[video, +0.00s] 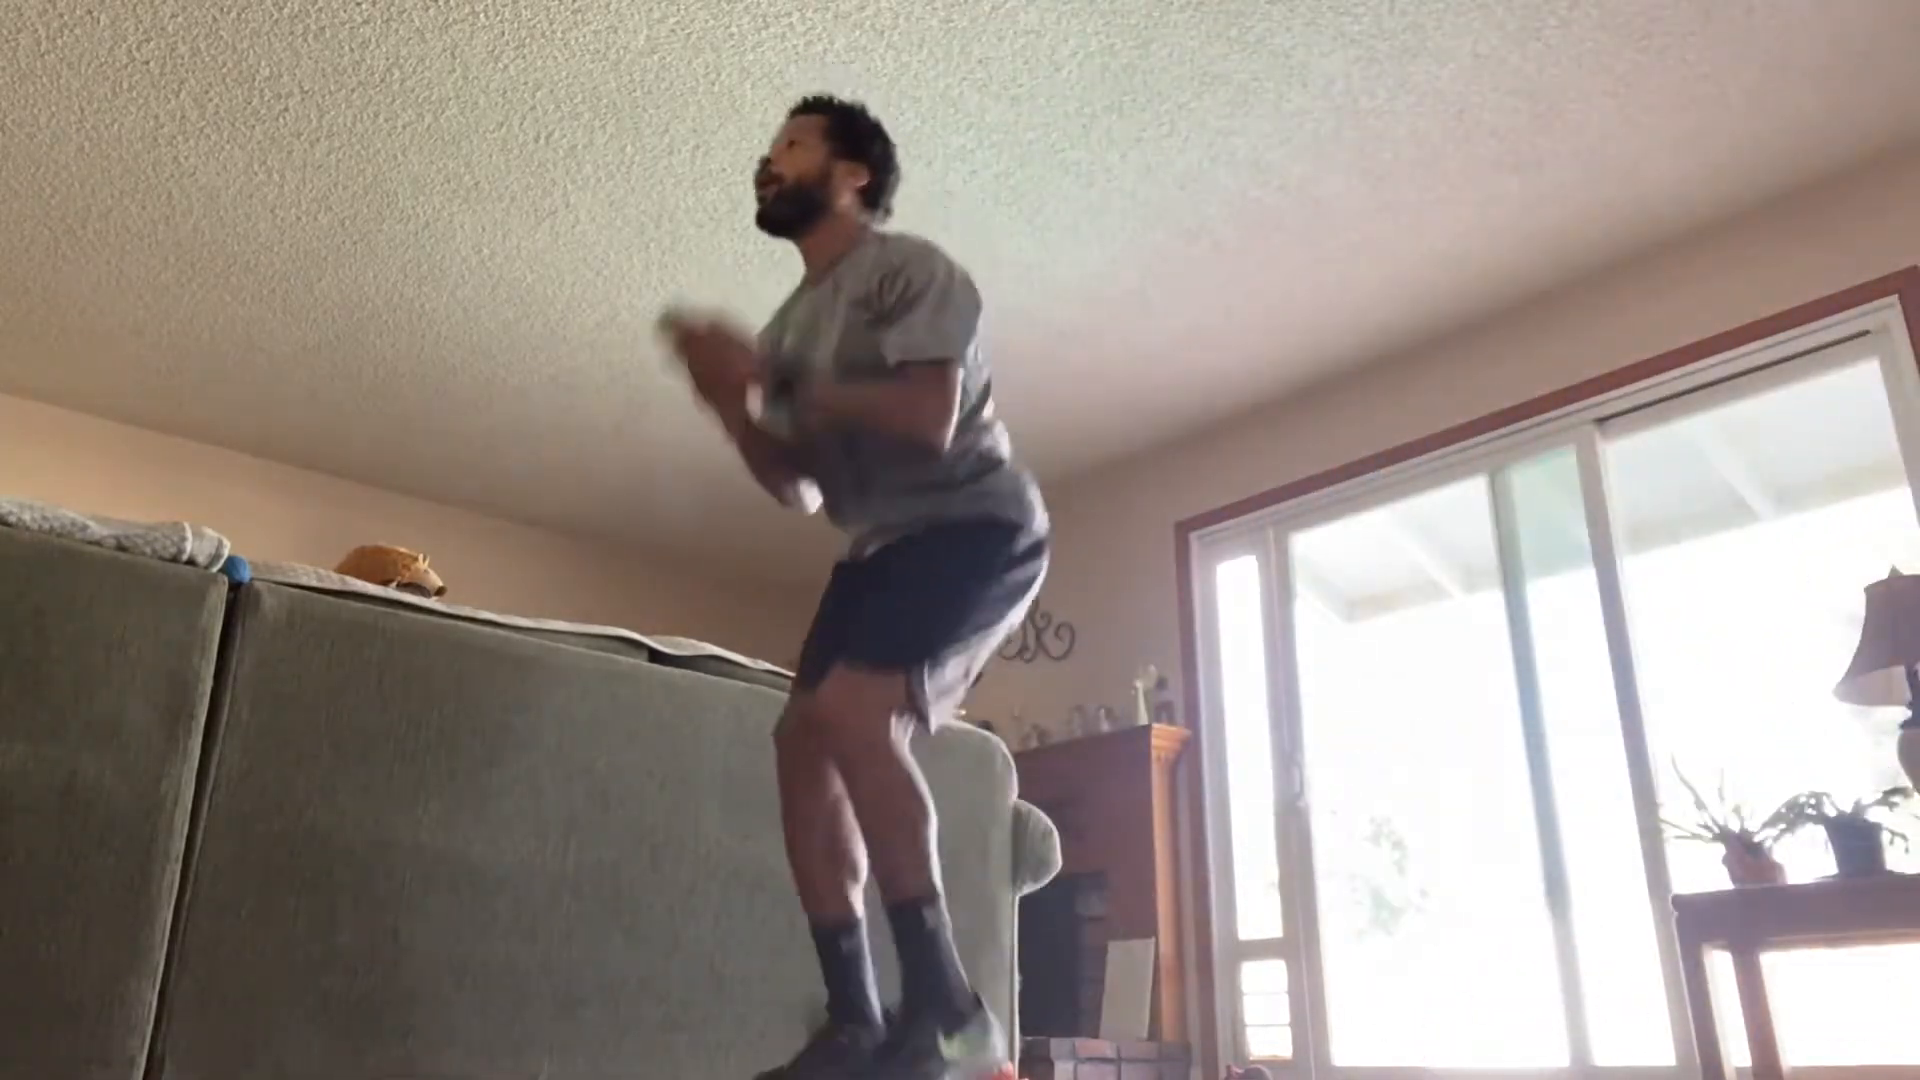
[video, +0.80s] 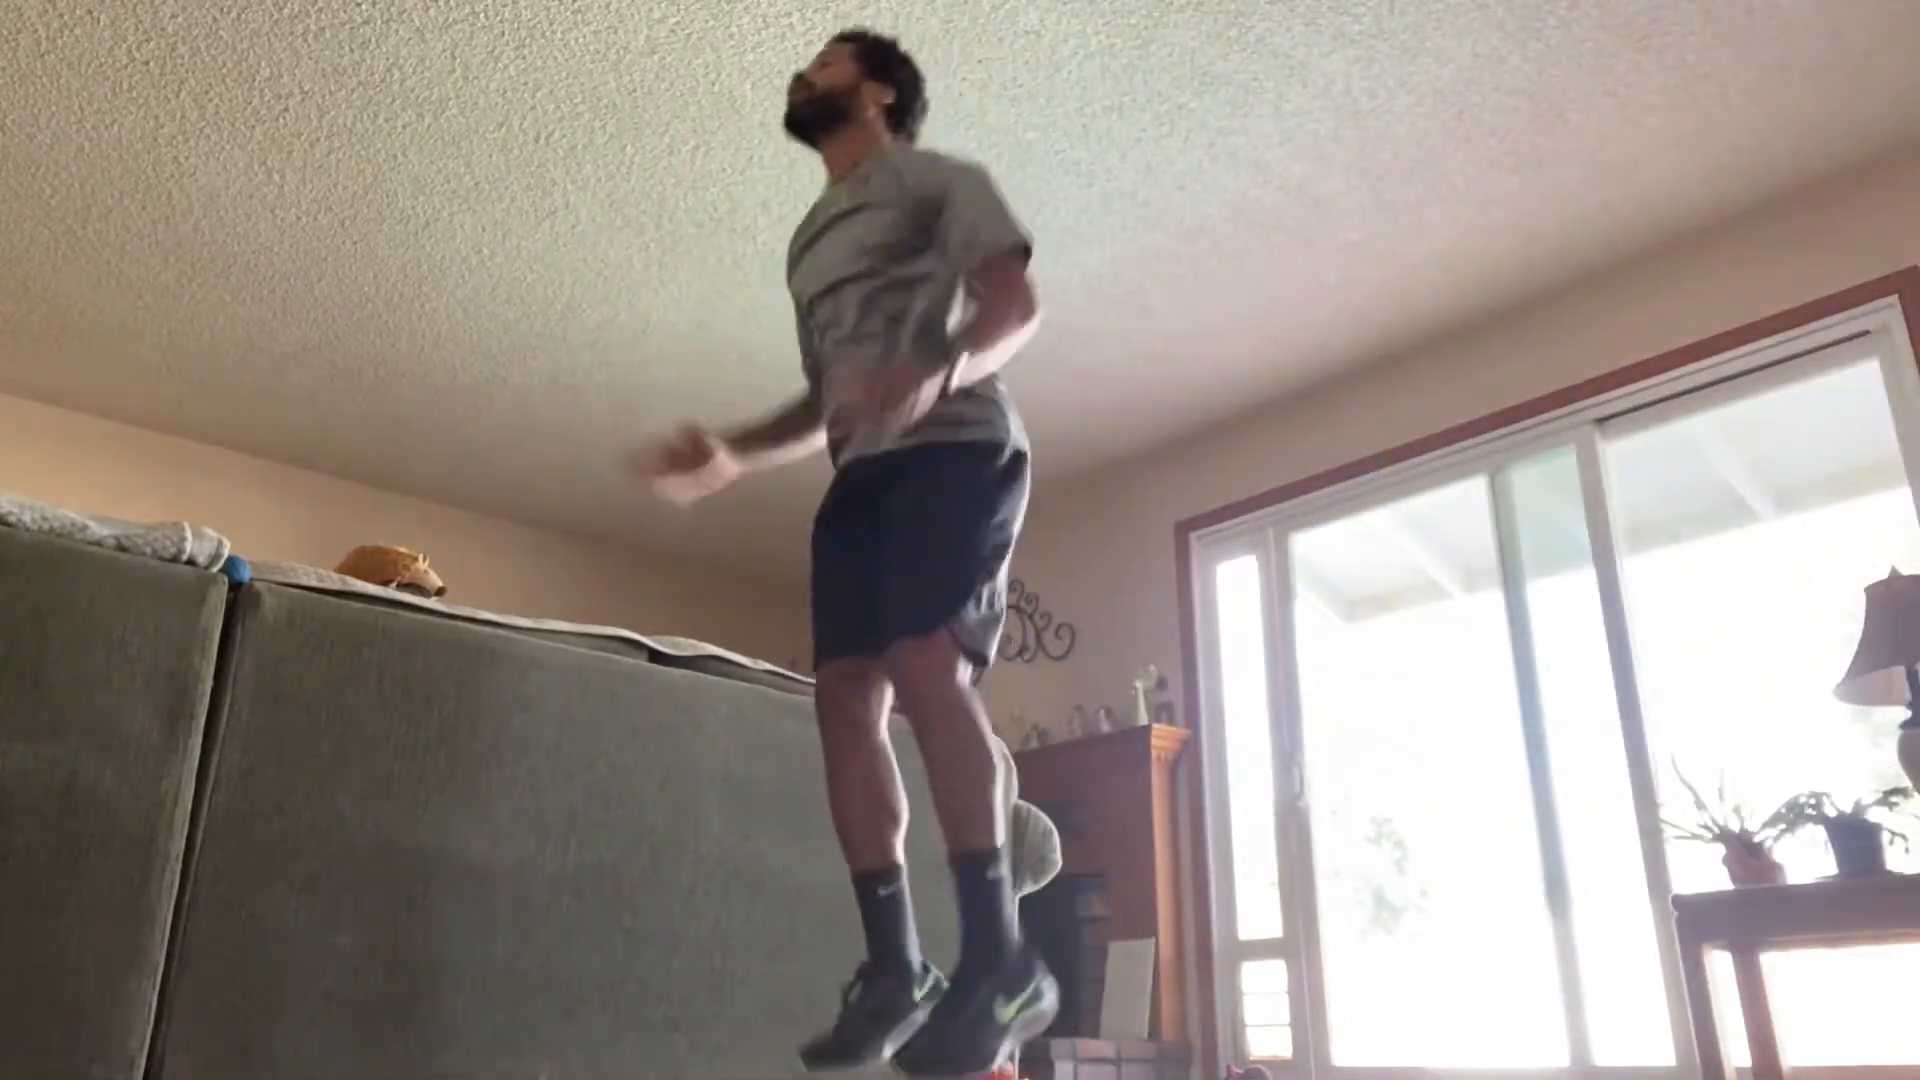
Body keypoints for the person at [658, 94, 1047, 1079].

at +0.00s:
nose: (767, 164)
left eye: (792, 149)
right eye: (770, 151)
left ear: (856, 177)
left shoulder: (916, 268)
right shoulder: (785, 333)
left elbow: (928, 415)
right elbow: (792, 482)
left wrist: (779, 385)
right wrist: (728, 405)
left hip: (973, 525)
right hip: (880, 547)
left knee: (852, 711)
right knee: (802, 739)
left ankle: (942, 995)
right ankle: (856, 1022)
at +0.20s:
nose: (808, 72)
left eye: (833, 57)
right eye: (812, 63)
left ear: (891, 91)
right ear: (831, 106)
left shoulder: (939, 170)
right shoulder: (807, 247)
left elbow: (1016, 286)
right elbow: (783, 385)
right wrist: (655, 419)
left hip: (947, 455)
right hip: (847, 484)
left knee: (909, 672)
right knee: (811, 702)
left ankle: (975, 970)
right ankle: (841, 971)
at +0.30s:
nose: (824, 62)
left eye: (848, 49)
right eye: (827, 54)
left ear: (903, 78)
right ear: (854, 94)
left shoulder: (937, 151)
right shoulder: (823, 229)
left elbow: (1038, 149)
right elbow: (743, 332)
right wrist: (623, 275)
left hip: (951, 448)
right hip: (852, 479)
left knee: (940, 659)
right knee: (803, 695)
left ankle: (1050, 939)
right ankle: (833, 953)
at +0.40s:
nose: (833, 104)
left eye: (858, 93)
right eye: (834, 97)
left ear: (913, 122)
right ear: (848, 139)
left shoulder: (945, 183)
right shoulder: (824, 260)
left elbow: (1016, 64)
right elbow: (734, 290)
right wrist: (727, 156)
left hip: (961, 492)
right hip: (856, 523)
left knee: (969, 703)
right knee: (798, 758)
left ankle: (1117, 967)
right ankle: (811, 994)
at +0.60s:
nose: (846, 106)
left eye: (870, 97)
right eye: (850, 100)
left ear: (923, 127)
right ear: (867, 140)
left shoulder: (950, 187)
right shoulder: (831, 259)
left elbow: (1028, 82)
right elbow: (733, 306)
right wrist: (667, 201)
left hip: (958, 495)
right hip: (854, 521)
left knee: (983, 703)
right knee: (812, 752)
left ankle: (1118, 962)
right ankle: (824, 991)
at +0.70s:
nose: (830, 62)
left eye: (857, 51)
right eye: (831, 56)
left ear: (908, 78)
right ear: (843, 102)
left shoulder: (941, 148)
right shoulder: (825, 223)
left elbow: (1038, 190)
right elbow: (773, 362)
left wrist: (991, 103)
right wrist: (642, 326)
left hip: (955, 437)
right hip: (858, 467)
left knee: (946, 650)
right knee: (826, 695)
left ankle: (1062, 921)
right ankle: (872, 951)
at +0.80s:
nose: (803, 70)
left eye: (829, 59)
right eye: (807, 62)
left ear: (883, 93)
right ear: (821, 111)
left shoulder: (942, 178)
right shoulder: (807, 243)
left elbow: (1017, 301)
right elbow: (827, 399)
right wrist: (735, 454)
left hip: (956, 456)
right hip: (859, 482)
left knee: (928, 671)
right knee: (844, 701)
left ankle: (1000, 965)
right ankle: (893, 973)